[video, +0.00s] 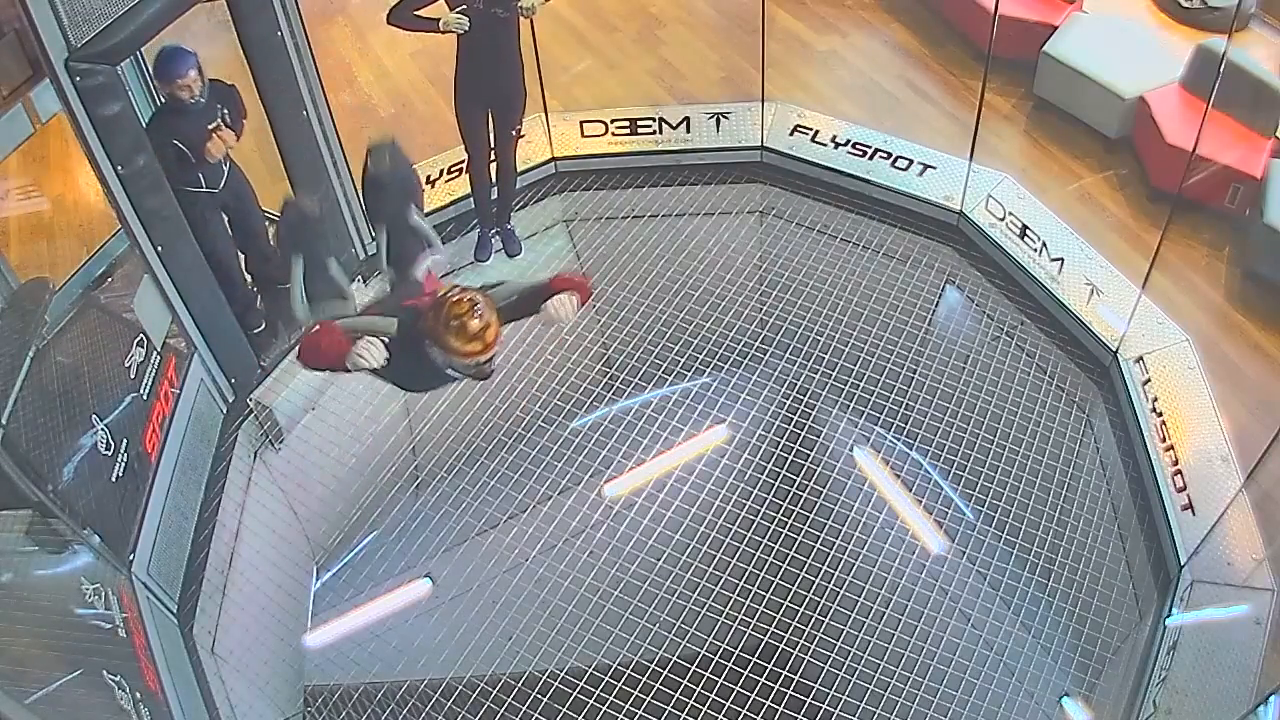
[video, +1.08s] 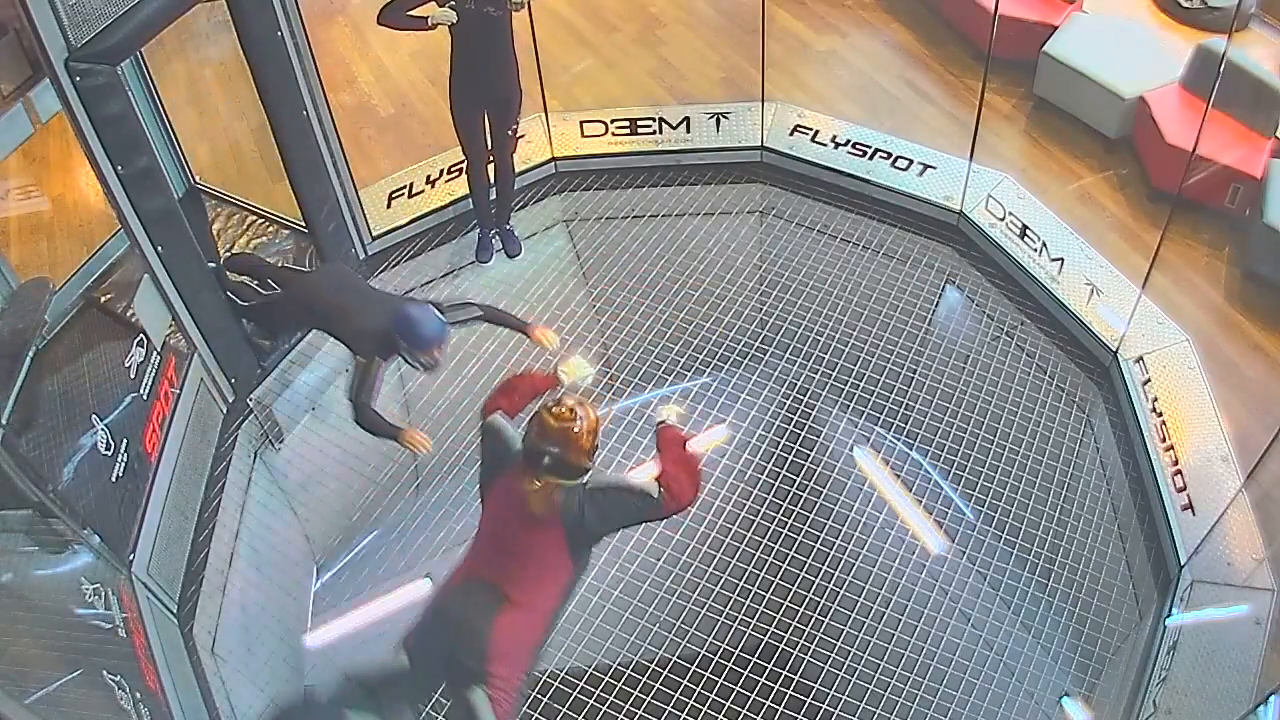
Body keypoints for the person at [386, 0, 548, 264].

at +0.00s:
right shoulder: (448, 0)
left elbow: (524, 8)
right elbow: (396, 15)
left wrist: (530, 7)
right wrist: (438, 24)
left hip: (510, 80)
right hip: (470, 83)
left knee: (507, 156)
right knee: (478, 158)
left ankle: (505, 224)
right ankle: (485, 229)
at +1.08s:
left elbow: (517, 6)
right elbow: (387, 15)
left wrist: (518, 4)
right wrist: (428, 21)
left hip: (504, 78)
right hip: (465, 82)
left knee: (504, 154)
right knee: (477, 158)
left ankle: (504, 225)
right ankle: (485, 229)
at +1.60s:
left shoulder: (503, 0)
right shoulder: (438, 1)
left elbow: (535, 1)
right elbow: (383, 17)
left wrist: (526, 4)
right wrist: (425, 26)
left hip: (501, 82)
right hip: (461, 86)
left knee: (502, 156)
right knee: (473, 161)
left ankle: (504, 225)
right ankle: (484, 230)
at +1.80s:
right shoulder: (438, 1)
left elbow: (532, 2)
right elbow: (384, 21)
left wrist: (525, 2)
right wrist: (427, 27)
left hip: (501, 83)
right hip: (462, 88)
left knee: (502, 156)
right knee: (473, 160)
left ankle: (503, 225)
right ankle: (483, 229)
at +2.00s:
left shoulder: (503, 0)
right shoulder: (439, 1)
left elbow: (531, 2)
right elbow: (385, 22)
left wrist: (525, 3)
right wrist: (427, 26)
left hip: (501, 83)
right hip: (462, 87)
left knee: (502, 156)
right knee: (474, 161)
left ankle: (503, 225)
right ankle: (484, 230)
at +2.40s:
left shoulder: (502, 2)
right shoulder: (440, 1)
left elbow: (534, 2)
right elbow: (384, 20)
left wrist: (524, 4)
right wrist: (425, 26)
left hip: (501, 84)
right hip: (461, 87)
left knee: (502, 157)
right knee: (470, 157)